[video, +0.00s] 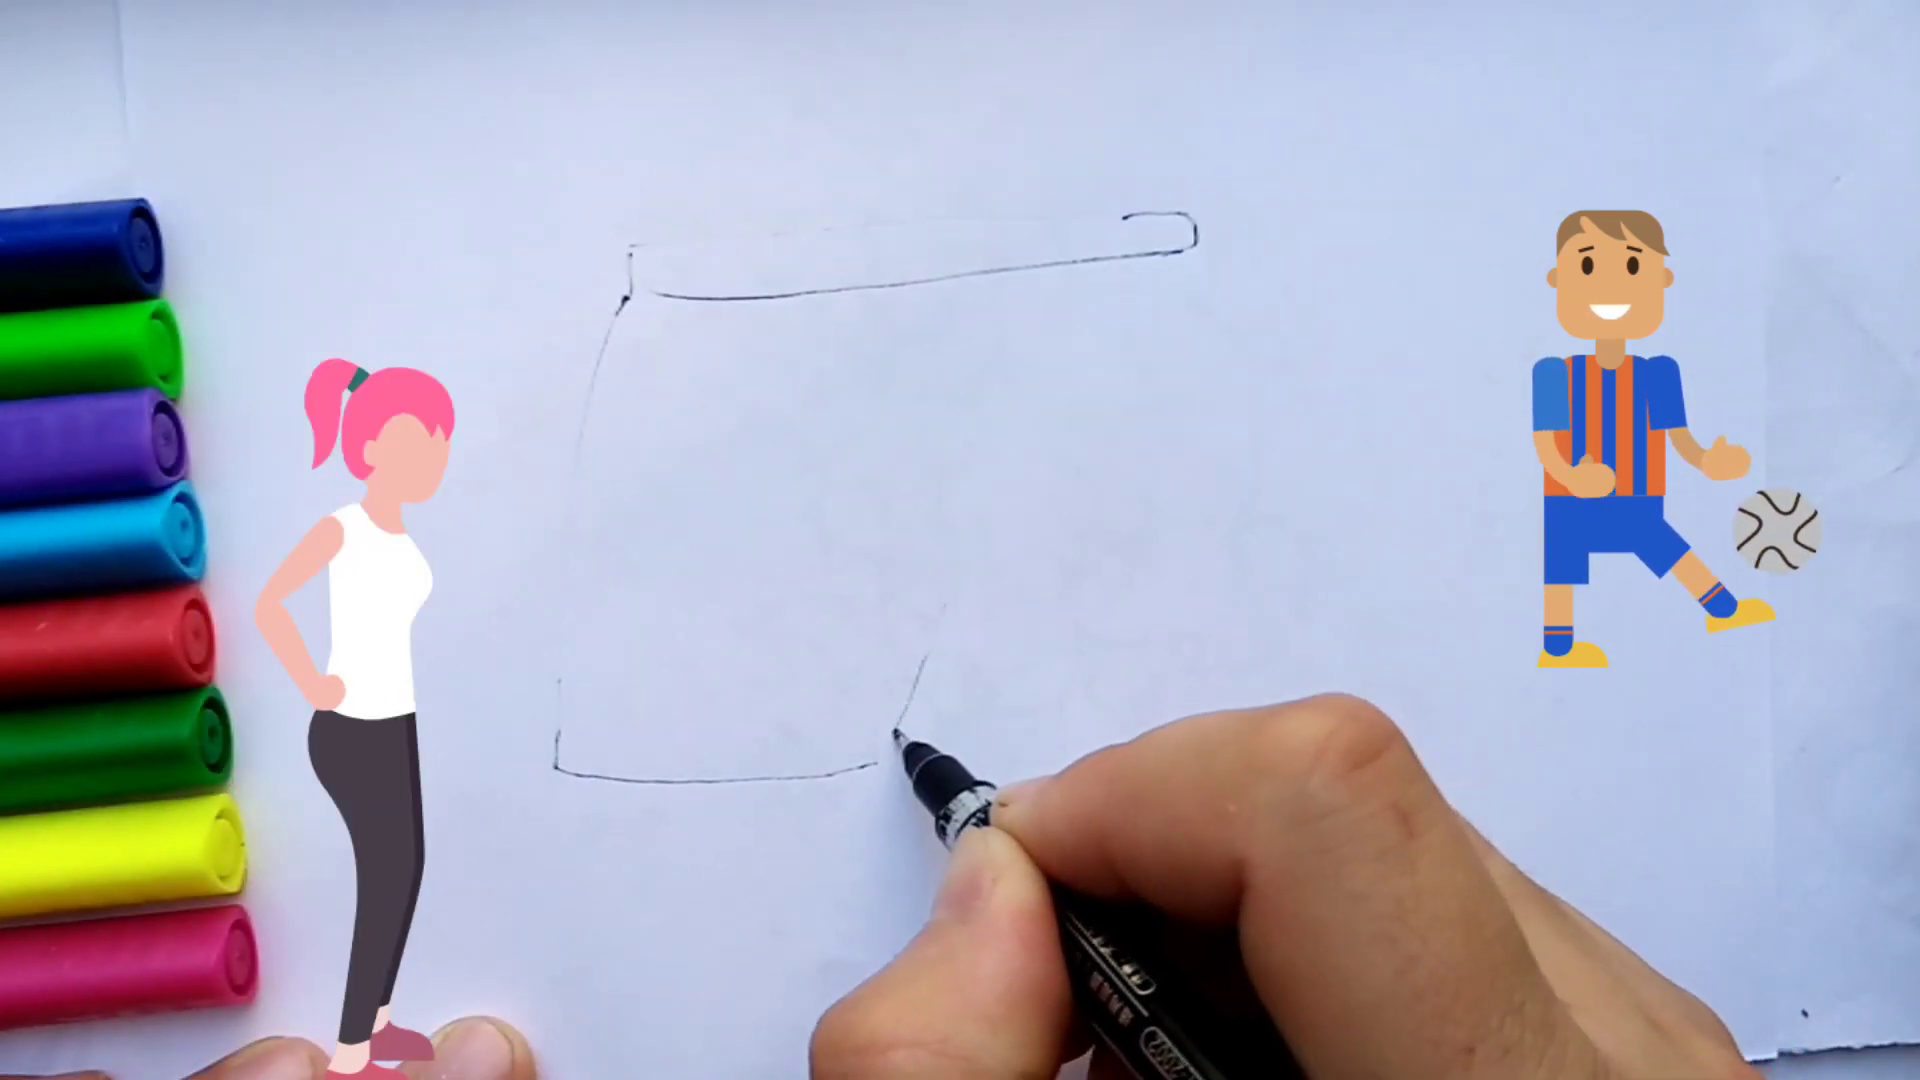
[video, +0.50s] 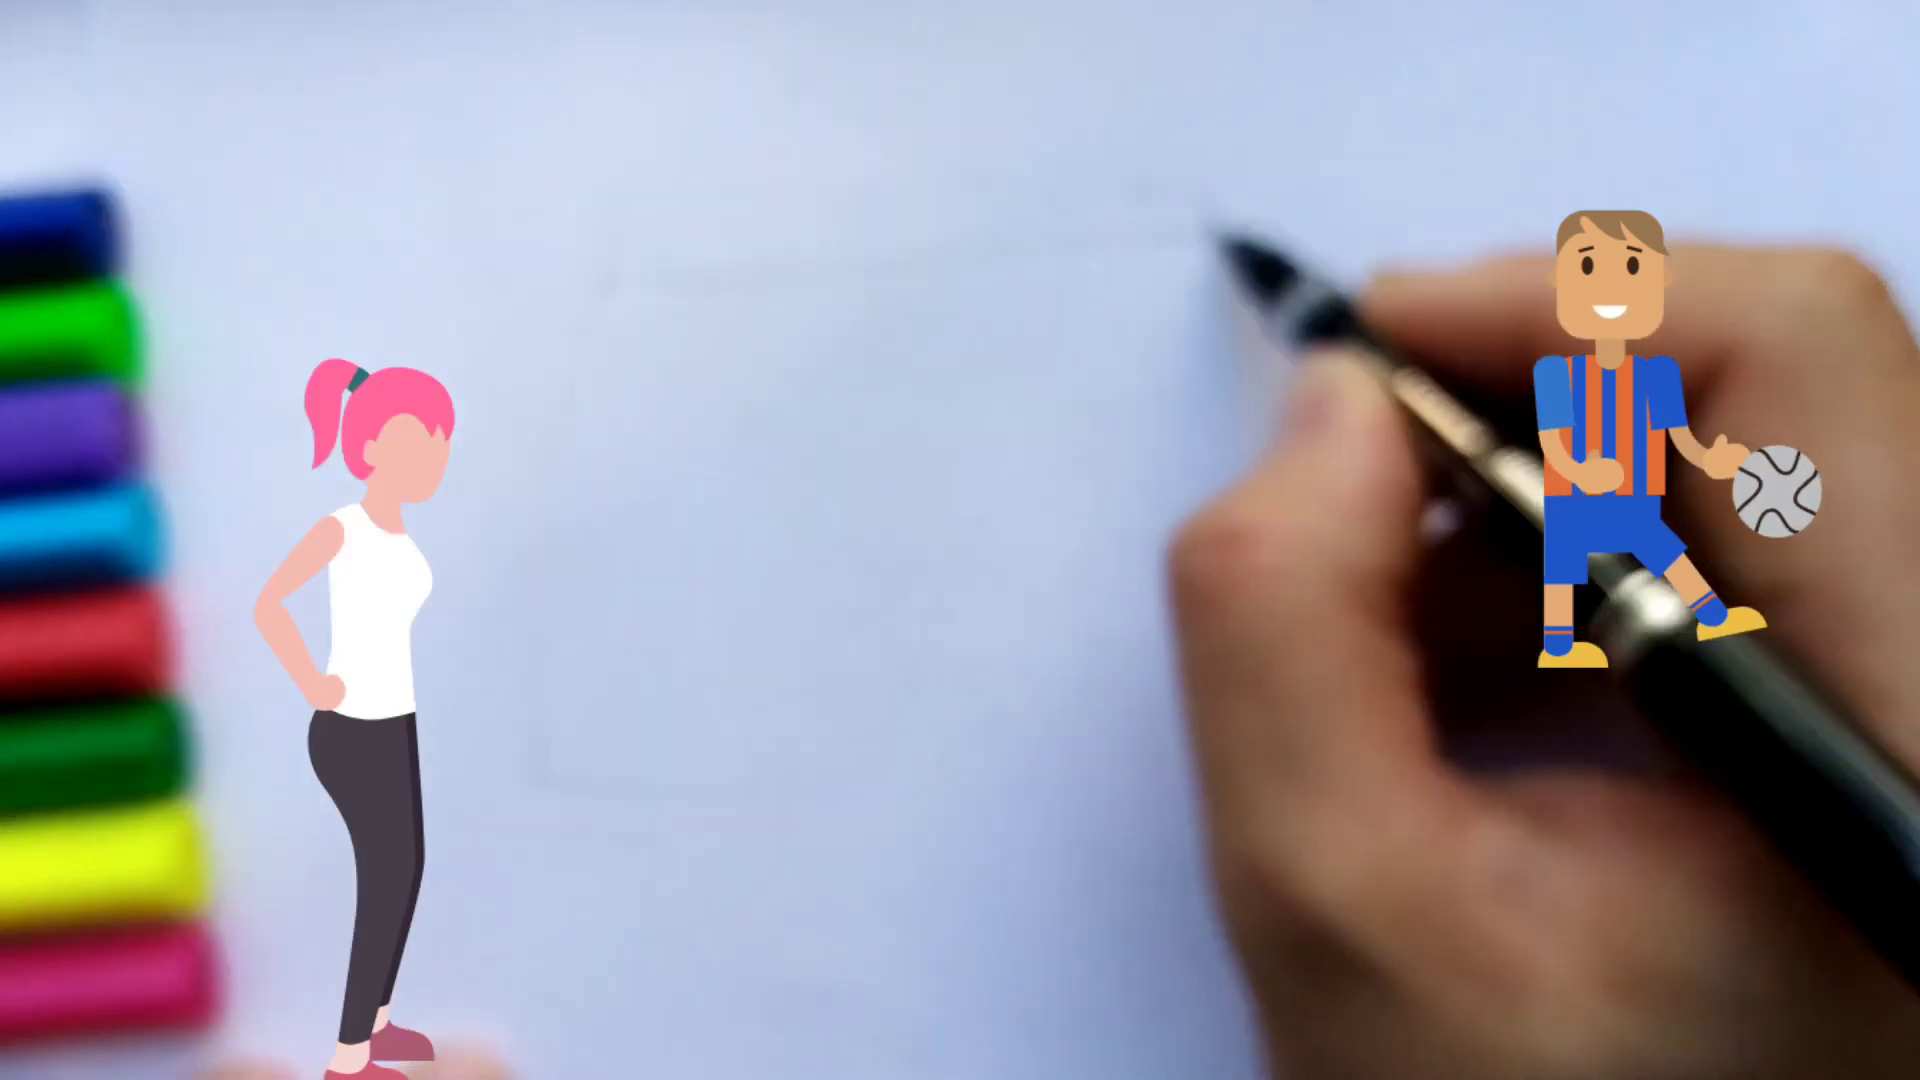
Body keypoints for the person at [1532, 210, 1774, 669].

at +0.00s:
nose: (1610, 287)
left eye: (1631, 267)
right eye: (1589, 267)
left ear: (1661, 283)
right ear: (1561, 284)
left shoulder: (1657, 373)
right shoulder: (1555, 374)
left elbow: (1681, 436)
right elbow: (1546, 440)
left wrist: (1708, 462)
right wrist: (1570, 477)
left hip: (1633, 505)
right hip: (1569, 507)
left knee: (1671, 552)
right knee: (1561, 572)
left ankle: (1722, 607)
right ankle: (1557, 646)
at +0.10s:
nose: (1610, 287)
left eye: (1631, 267)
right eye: (1590, 267)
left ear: (1661, 283)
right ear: (1560, 283)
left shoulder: (1657, 374)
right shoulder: (1555, 375)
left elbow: (1680, 437)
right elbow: (1542, 443)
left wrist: (1708, 462)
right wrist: (1567, 479)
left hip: (1634, 505)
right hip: (1570, 507)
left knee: (1675, 550)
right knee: (1560, 572)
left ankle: (1729, 602)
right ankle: (1557, 646)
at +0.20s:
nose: (1610, 287)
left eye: (1631, 267)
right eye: (1589, 267)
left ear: (1661, 283)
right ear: (1561, 283)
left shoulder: (1656, 373)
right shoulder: (1556, 373)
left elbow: (1680, 435)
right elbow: (1547, 441)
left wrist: (1707, 461)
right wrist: (1571, 477)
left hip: (1633, 503)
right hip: (1571, 505)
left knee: (1668, 549)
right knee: (1561, 570)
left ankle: (1720, 606)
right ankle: (1557, 644)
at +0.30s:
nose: (1611, 288)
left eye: (1632, 267)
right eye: (1589, 266)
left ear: (1657, 280)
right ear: (1561, 282)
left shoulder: (1656, 373)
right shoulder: (1558, 374)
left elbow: (1679, 434)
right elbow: (1549, 439)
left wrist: (1707, 460)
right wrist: (1575, 474)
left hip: (1632, 504)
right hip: (1572, 505)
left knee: (1668, 552)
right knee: (1563, 568)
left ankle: (1715, 611)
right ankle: (1558, 643)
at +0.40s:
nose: (1610, 288)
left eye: (1631, 267)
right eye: (1588, 266)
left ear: (1654, 281)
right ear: (1564, 279)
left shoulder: (1655, 373)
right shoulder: (1559, 372)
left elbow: (1677, 430)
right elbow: (1553, 438)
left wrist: (1706, 459)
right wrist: (1580, 471)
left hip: (1633, 503)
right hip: (1572, 504)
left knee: (1664, 554)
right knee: (1562, 568)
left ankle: (1709, 615)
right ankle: (1558, 644)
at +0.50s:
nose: (1610, 288)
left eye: (1632, 267)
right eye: (1588, 266)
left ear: (1656, 280)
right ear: (1564, 278)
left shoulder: (1655, 374)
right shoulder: (1558, 374)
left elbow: (1680, 433)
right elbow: (1552, 439)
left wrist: (1710, 460)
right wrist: (1578, 474)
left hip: (1633, 505)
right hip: (1572, 505)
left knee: (1667, 553)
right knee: (1563, 570)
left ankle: (1712, 613)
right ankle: (1558, 644)